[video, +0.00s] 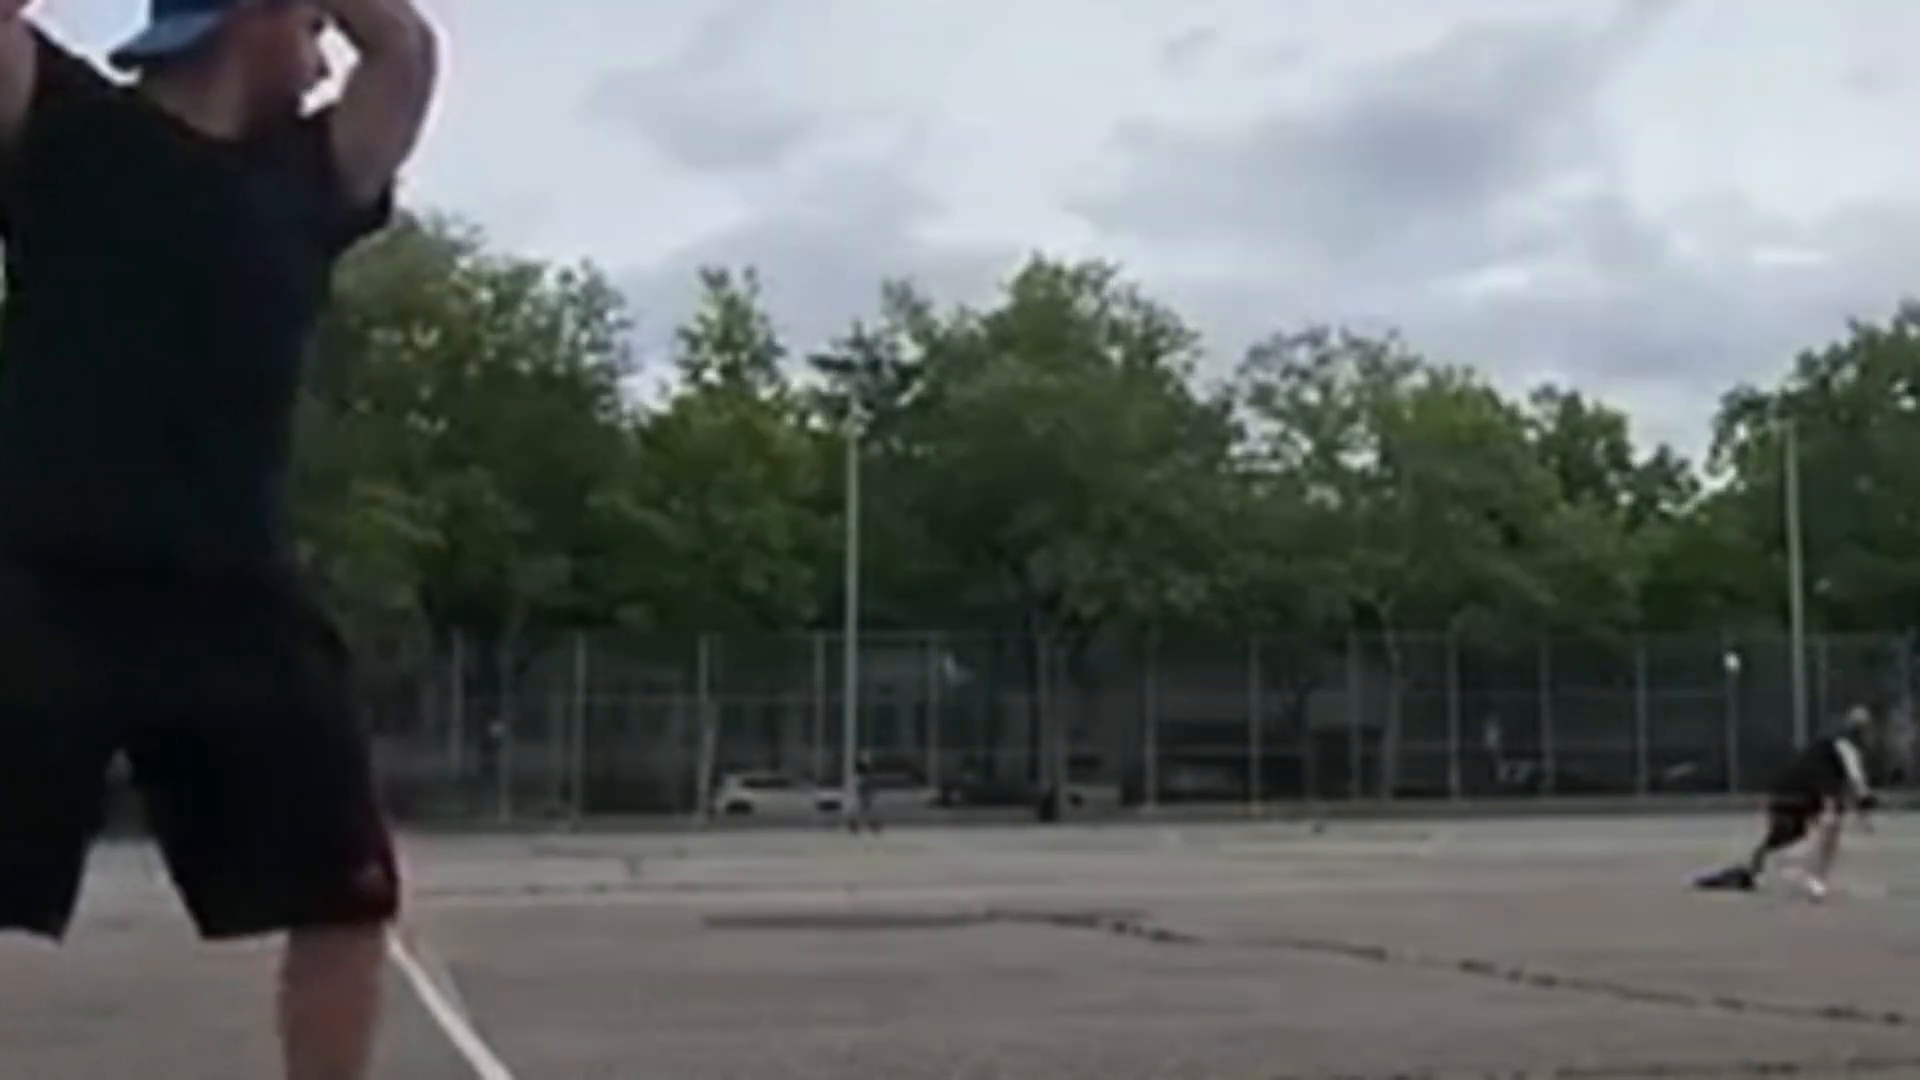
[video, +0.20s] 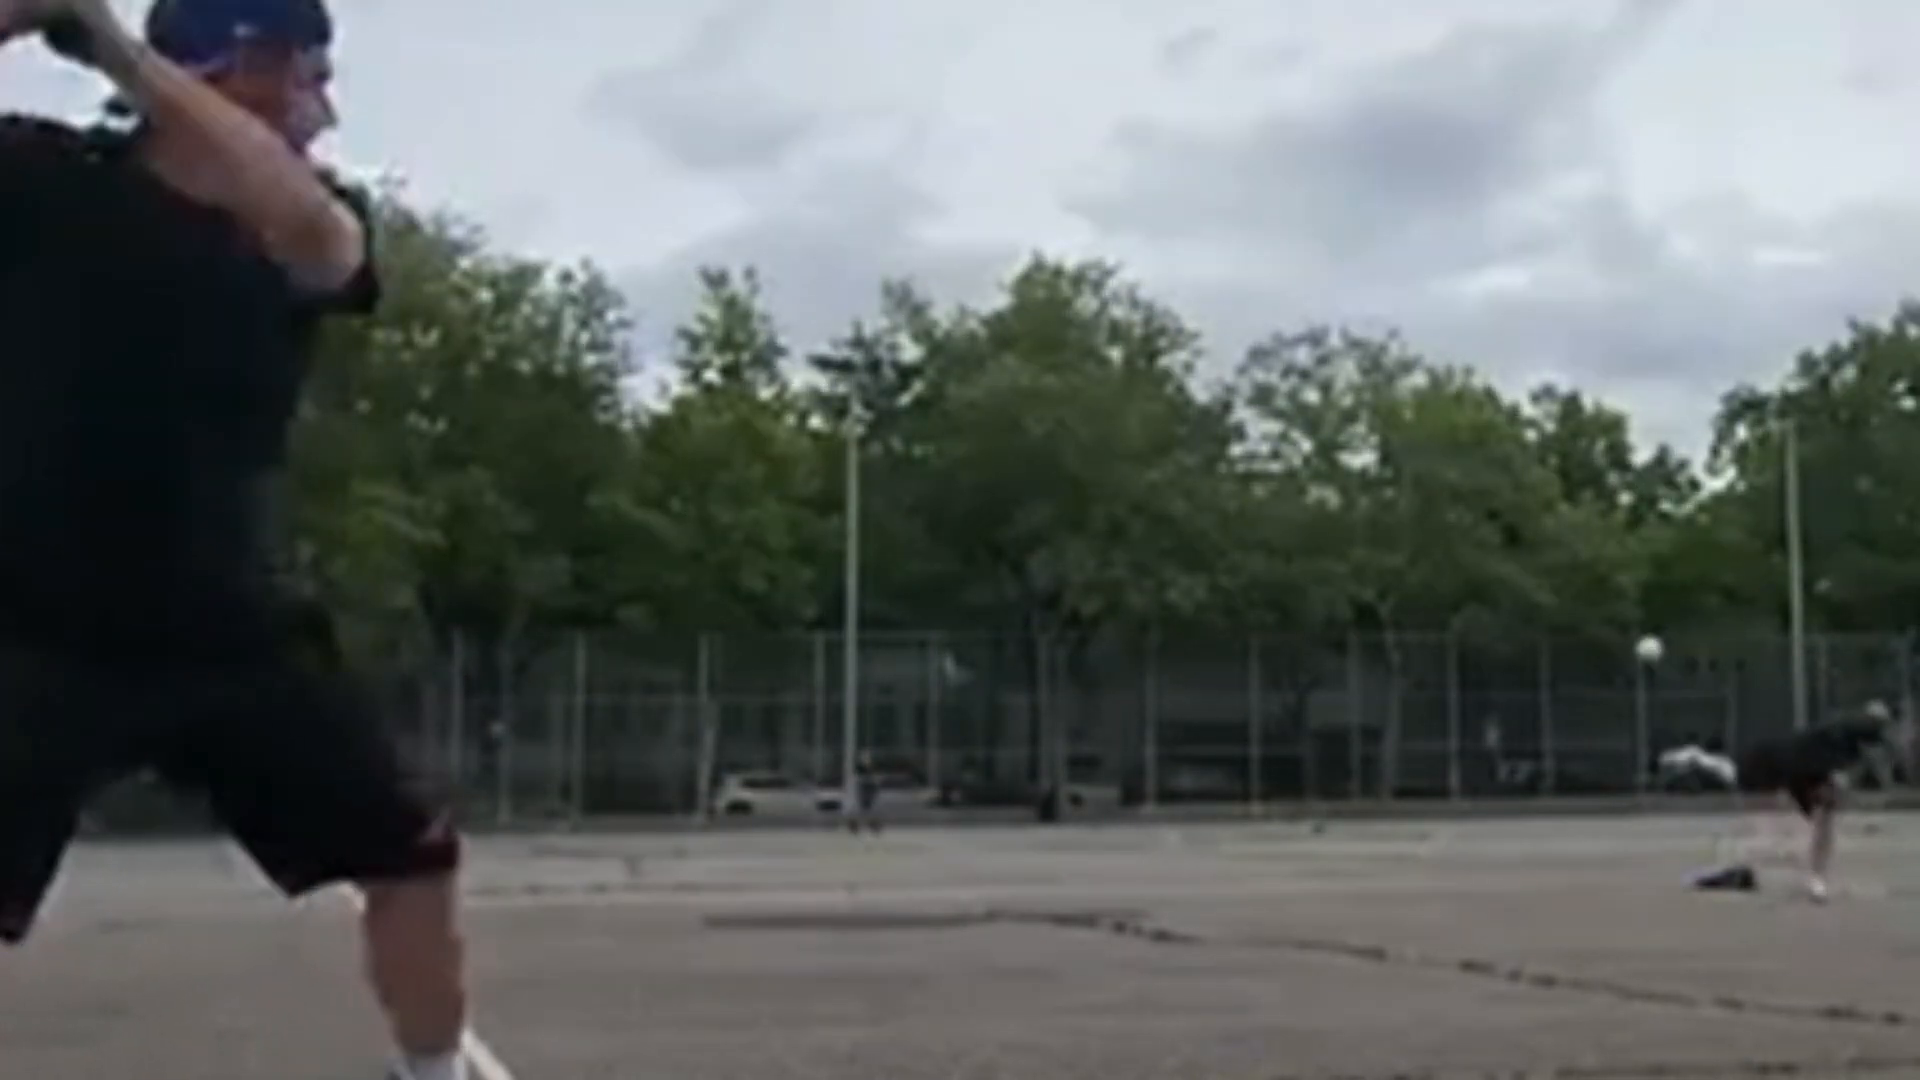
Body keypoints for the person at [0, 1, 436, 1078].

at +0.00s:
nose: (319, 48)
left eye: (323, 27)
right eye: (305, 20)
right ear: (247, 19)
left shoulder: (305, 180)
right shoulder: (67, 122)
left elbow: (408, 52)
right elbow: (3, 21)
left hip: (233, 586)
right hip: (48, 579)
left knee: (345, 900)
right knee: (4, 895)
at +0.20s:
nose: (323, 106)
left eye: (323, 81)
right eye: (305, 77)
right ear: (224, 72)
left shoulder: (304, 238)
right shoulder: (38, 173)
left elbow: (297, 218)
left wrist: (114, 47)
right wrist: (18, 28)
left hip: (221, 624)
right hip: (42, 625)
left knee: (413, 855)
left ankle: (441, 1060)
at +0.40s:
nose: (339, 212)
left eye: (344, 187)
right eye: (319, 182)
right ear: (224, 166)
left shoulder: (335, 332)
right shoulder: (61, 286)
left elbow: (293, 483)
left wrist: (113, 369)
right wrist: (12, 292)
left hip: (245, 683)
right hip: (59, 689)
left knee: (439, 913)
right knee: (5, 937)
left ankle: (445, 1070)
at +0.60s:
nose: (248, 117)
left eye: (272, 97)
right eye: (220, 82)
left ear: (291, 120)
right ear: (142, 81)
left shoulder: (303, 285)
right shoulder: (22, 230)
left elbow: (340, 495)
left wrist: (235, 540)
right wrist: (54, 478)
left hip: (207, 639)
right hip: (25, 635)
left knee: (361, 922)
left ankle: (412, 1075)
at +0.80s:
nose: (185, 7)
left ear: (239, 24)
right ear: (90, 12)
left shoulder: (269, 226)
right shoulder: (23, 159)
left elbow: (301, 419)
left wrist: (259, 478)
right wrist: (95, 427)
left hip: (193, 598)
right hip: (22, 594)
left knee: (342, 875)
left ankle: (377, 1068)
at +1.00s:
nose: (240, 24)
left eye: (244, 9)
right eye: (217, 4)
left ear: (251, 39)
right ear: (152, 22)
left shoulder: (295, 225)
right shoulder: (49, 150)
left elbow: (331, 383)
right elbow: (10, 323)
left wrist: (346, 481)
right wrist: (179, 388)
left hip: (251, 606)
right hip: (62, 606)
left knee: (360, 889)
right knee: (24, 912)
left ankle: (324, 1070)